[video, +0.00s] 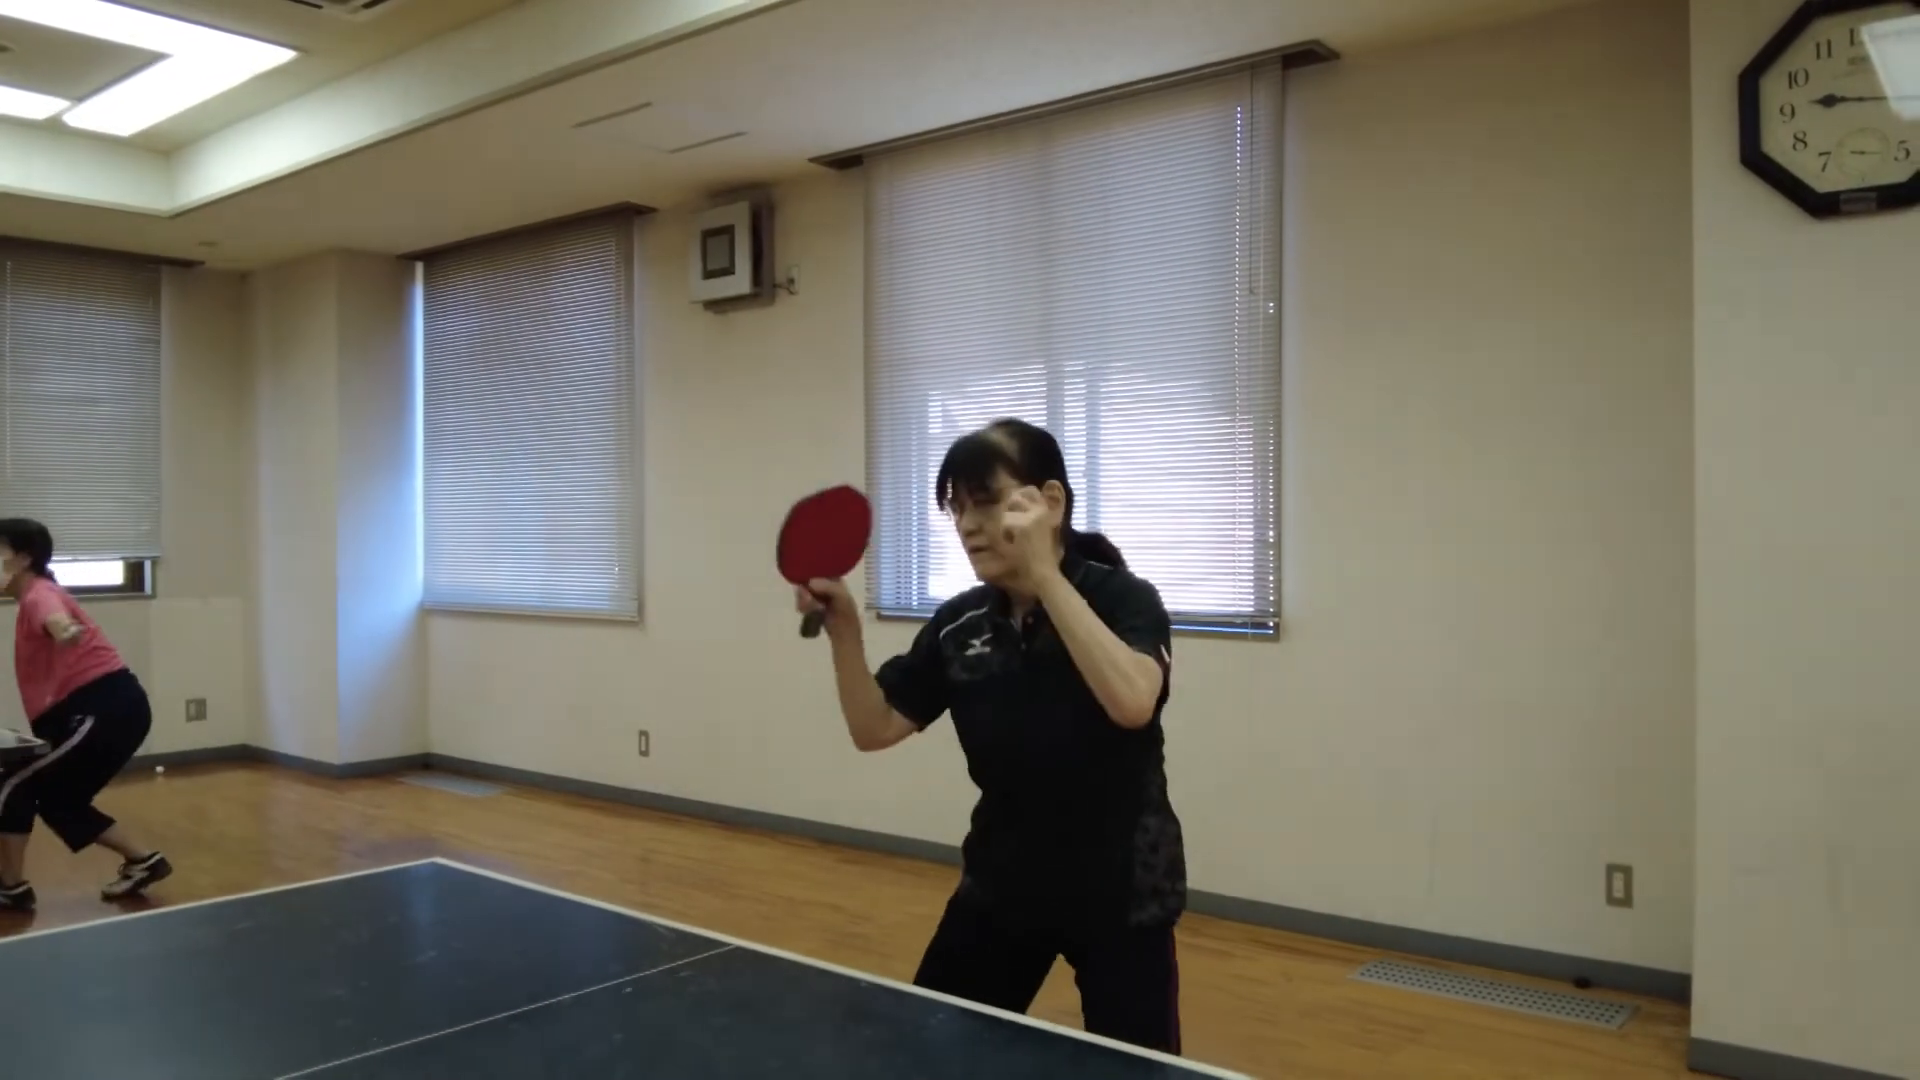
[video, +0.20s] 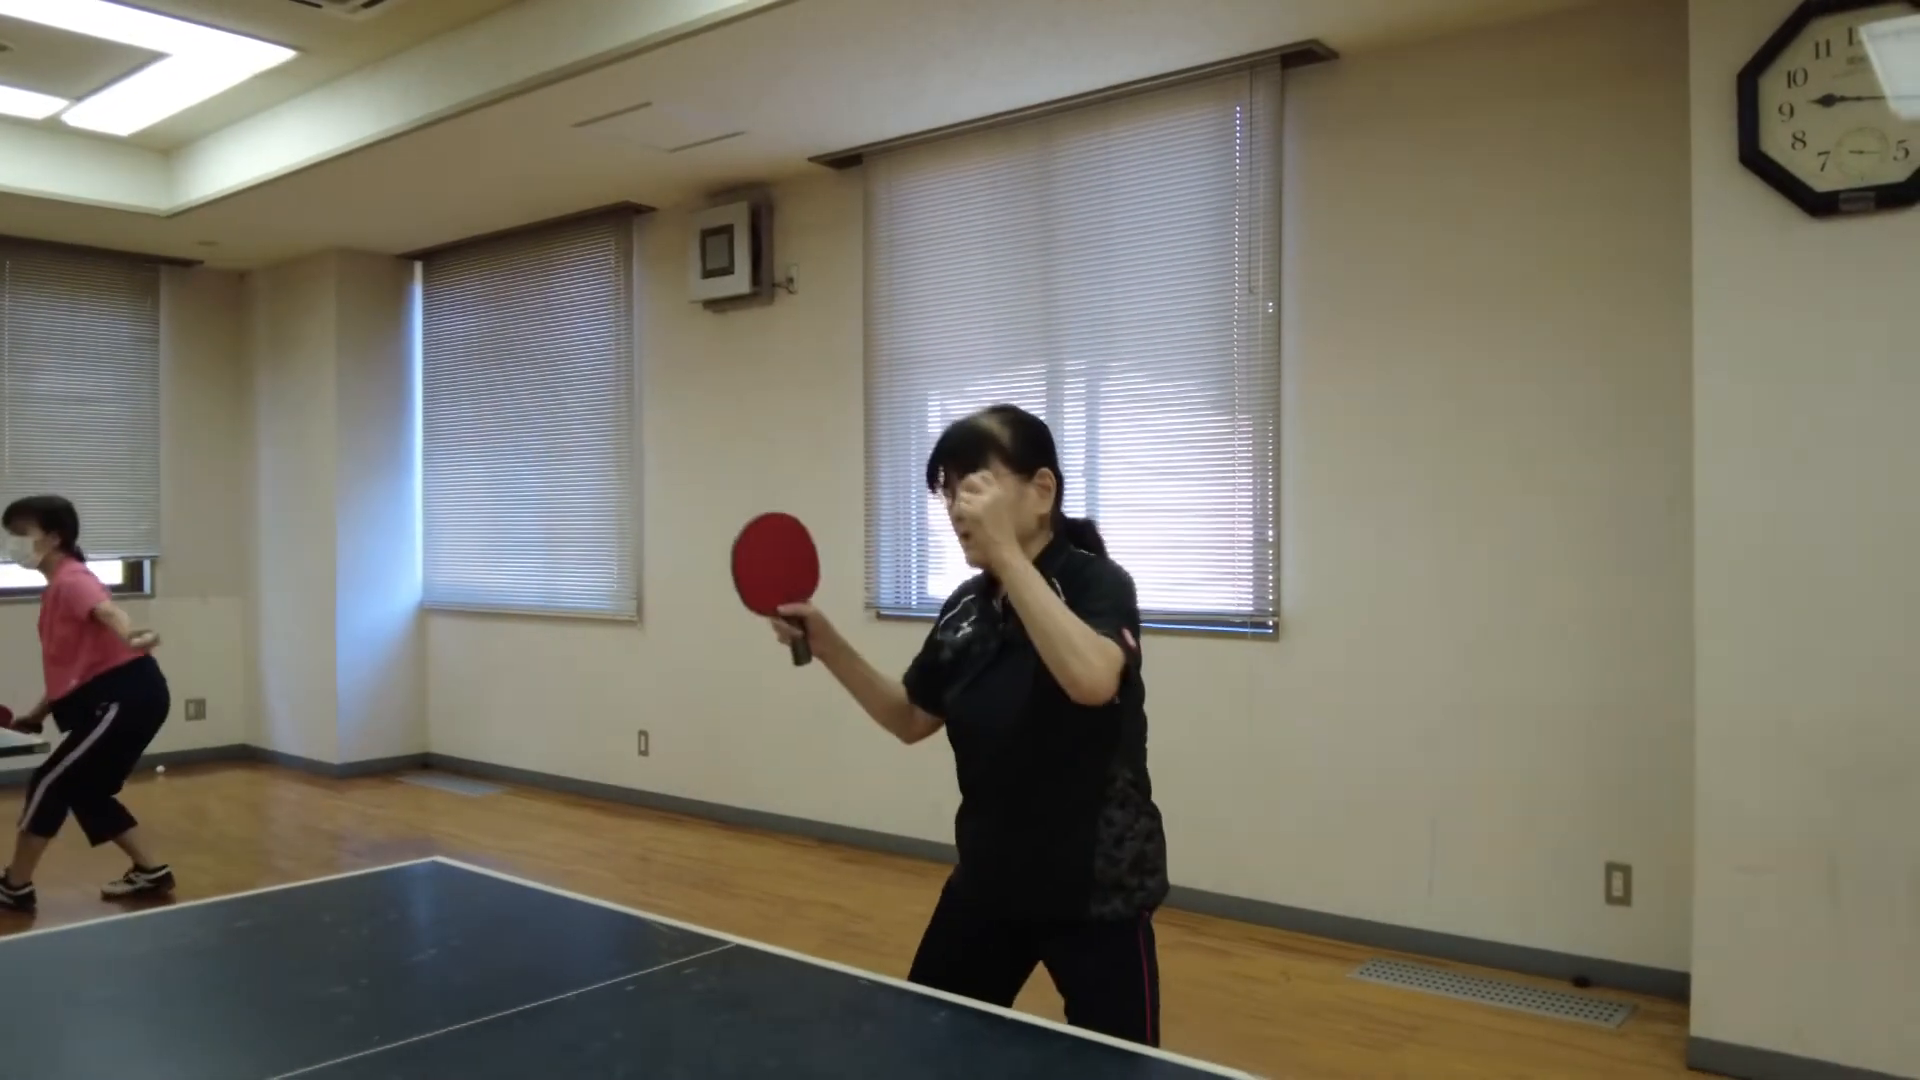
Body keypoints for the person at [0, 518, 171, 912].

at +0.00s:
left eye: (2, 554)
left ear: (24, 558)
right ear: (25, 559)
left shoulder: (40, 594)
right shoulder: (38, 595)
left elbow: (54, 615)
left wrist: (66, 630)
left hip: (103, 707)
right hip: (122, 707)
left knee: (14, 786)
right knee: (59, 798)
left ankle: (11, 884)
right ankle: (141, 858)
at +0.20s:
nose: (19, 545)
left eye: (25, 534)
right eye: (17, 536)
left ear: (55, 537)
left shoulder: (71, 579)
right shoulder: (56, 592)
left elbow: (106, 610)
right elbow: (71, 666)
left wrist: (128, 635)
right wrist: (35, 715)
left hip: (127, 696)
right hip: (114, 699)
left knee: (50, 780)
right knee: (89, 789)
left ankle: (16, 884)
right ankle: (149, 869)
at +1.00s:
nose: (58, 505)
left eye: (68, 496)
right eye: (58, 495)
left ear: (100, 505)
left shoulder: (114, 555)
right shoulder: (90, 555)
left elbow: (143, 640)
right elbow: (100, 633)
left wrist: (80, 682)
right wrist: (54, 658)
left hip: (148, 687)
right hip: (124, 687)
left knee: (113, 807)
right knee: (107, 801)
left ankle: (157, 911)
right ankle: (128, 880)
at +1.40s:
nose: (68, 499)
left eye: (75, 488)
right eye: (66, 489)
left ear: (105, 490)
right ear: (89, 493)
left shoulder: (127, 547)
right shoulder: (90, 544)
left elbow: (150, 635)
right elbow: (102, 623)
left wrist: (83, 669)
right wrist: (60, 639)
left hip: (141, 694)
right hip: (110, 693)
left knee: (119, 809)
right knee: (104, 807)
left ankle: (151, 911)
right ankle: (125, 892)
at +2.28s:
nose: (91, 506)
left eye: (100, 496)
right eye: (88, 498)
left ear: (132, 498)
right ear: (95, 503)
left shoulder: (146, 550)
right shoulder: (105, 550)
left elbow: (89, 596)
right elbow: (90, 637)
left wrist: (88, 535)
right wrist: (50, 636)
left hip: (104, 681)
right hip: (69, 680)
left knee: (109, 795)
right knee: (80, 791)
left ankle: (148, 906)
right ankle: (118, 892)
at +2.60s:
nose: (81, 507)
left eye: (91, 497)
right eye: (79, 498)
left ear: (122, 500)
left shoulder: (141, 555)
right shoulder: (95, 554)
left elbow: (121, 631)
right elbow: (85, 641)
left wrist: (77, 577)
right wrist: (40, 641)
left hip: (101, 694)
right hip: (67, 690)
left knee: (108, 800)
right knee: (79, 796)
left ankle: (147, 908)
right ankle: (117, 895)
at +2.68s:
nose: (79, 508)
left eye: (88, 498)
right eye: (77, 499)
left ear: (119, 500)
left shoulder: (140, 555)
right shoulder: (96, 552)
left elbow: (137, 637)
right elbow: (86, 635)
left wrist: (69, 605)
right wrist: (39, 643)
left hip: (100, 695)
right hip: (67, 691)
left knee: (108, 801)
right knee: (79, 797)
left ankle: (147, 908)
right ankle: (117, 896)